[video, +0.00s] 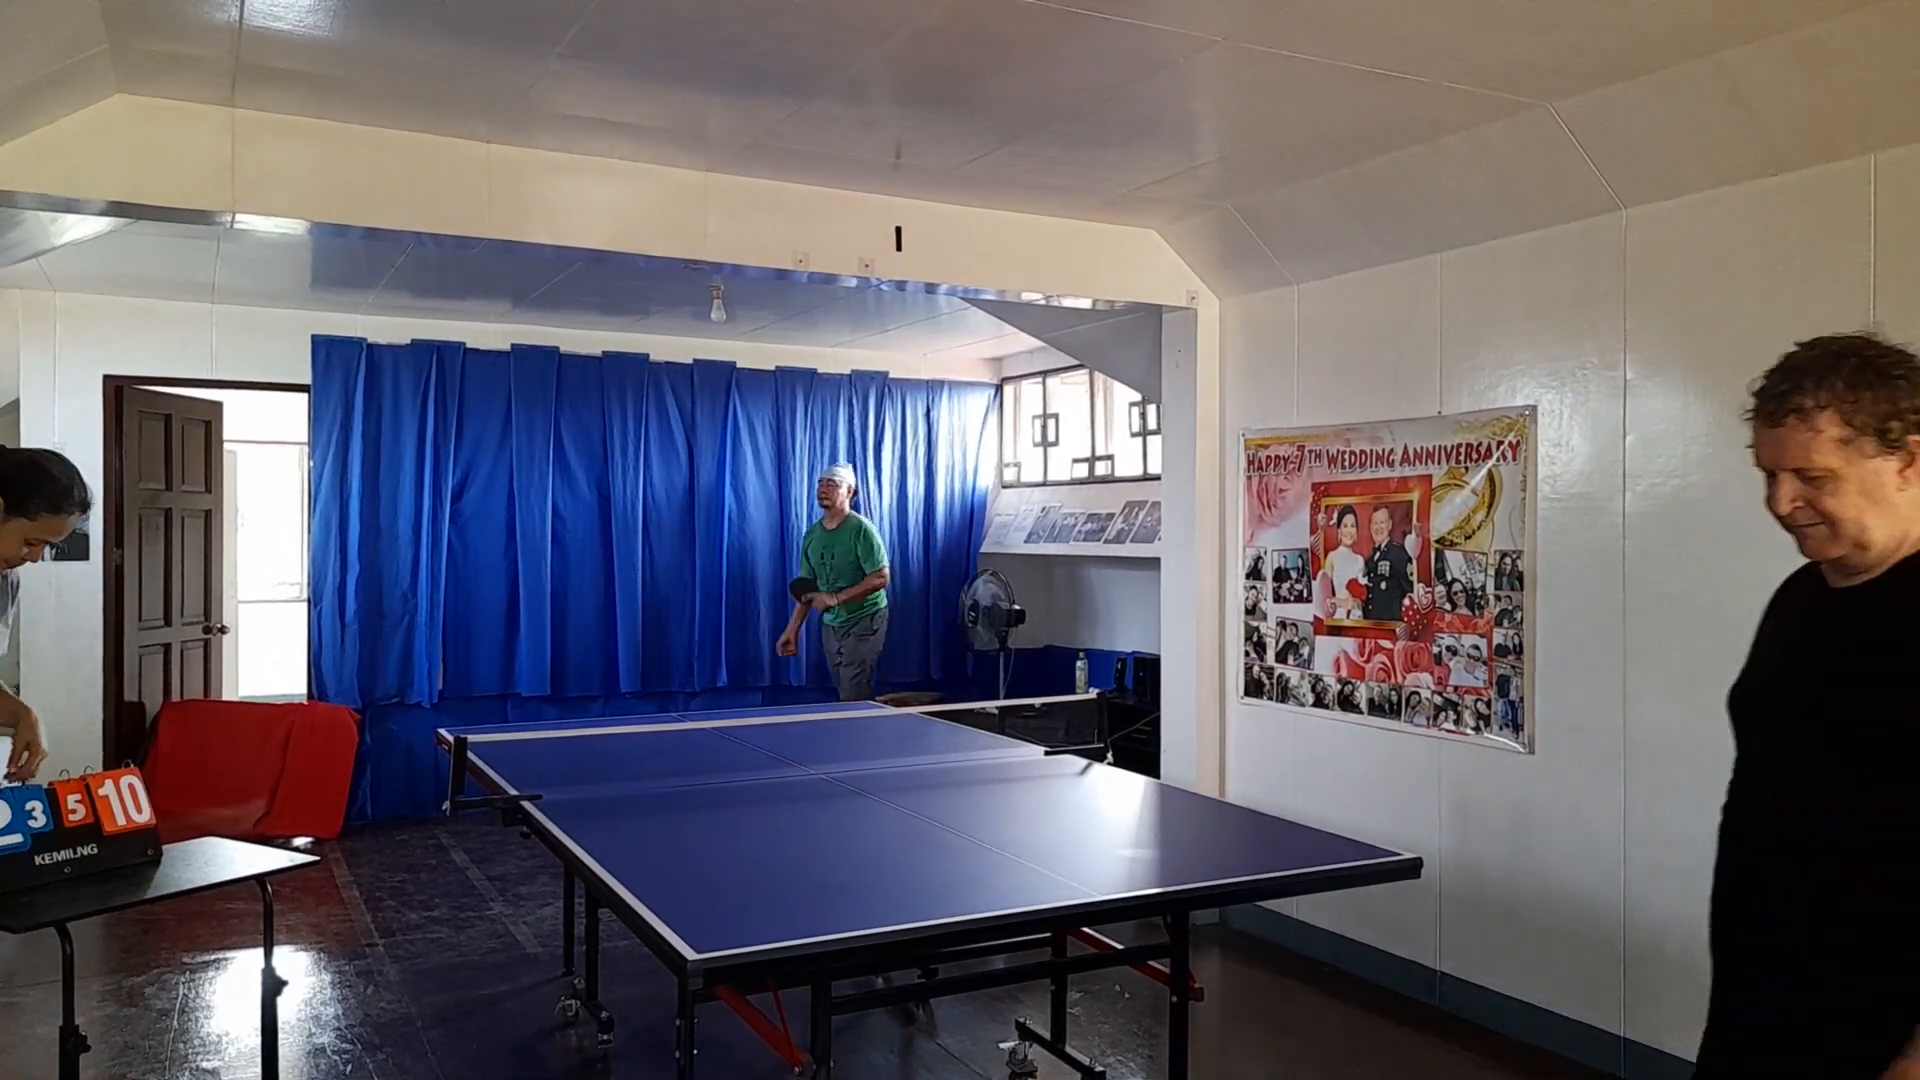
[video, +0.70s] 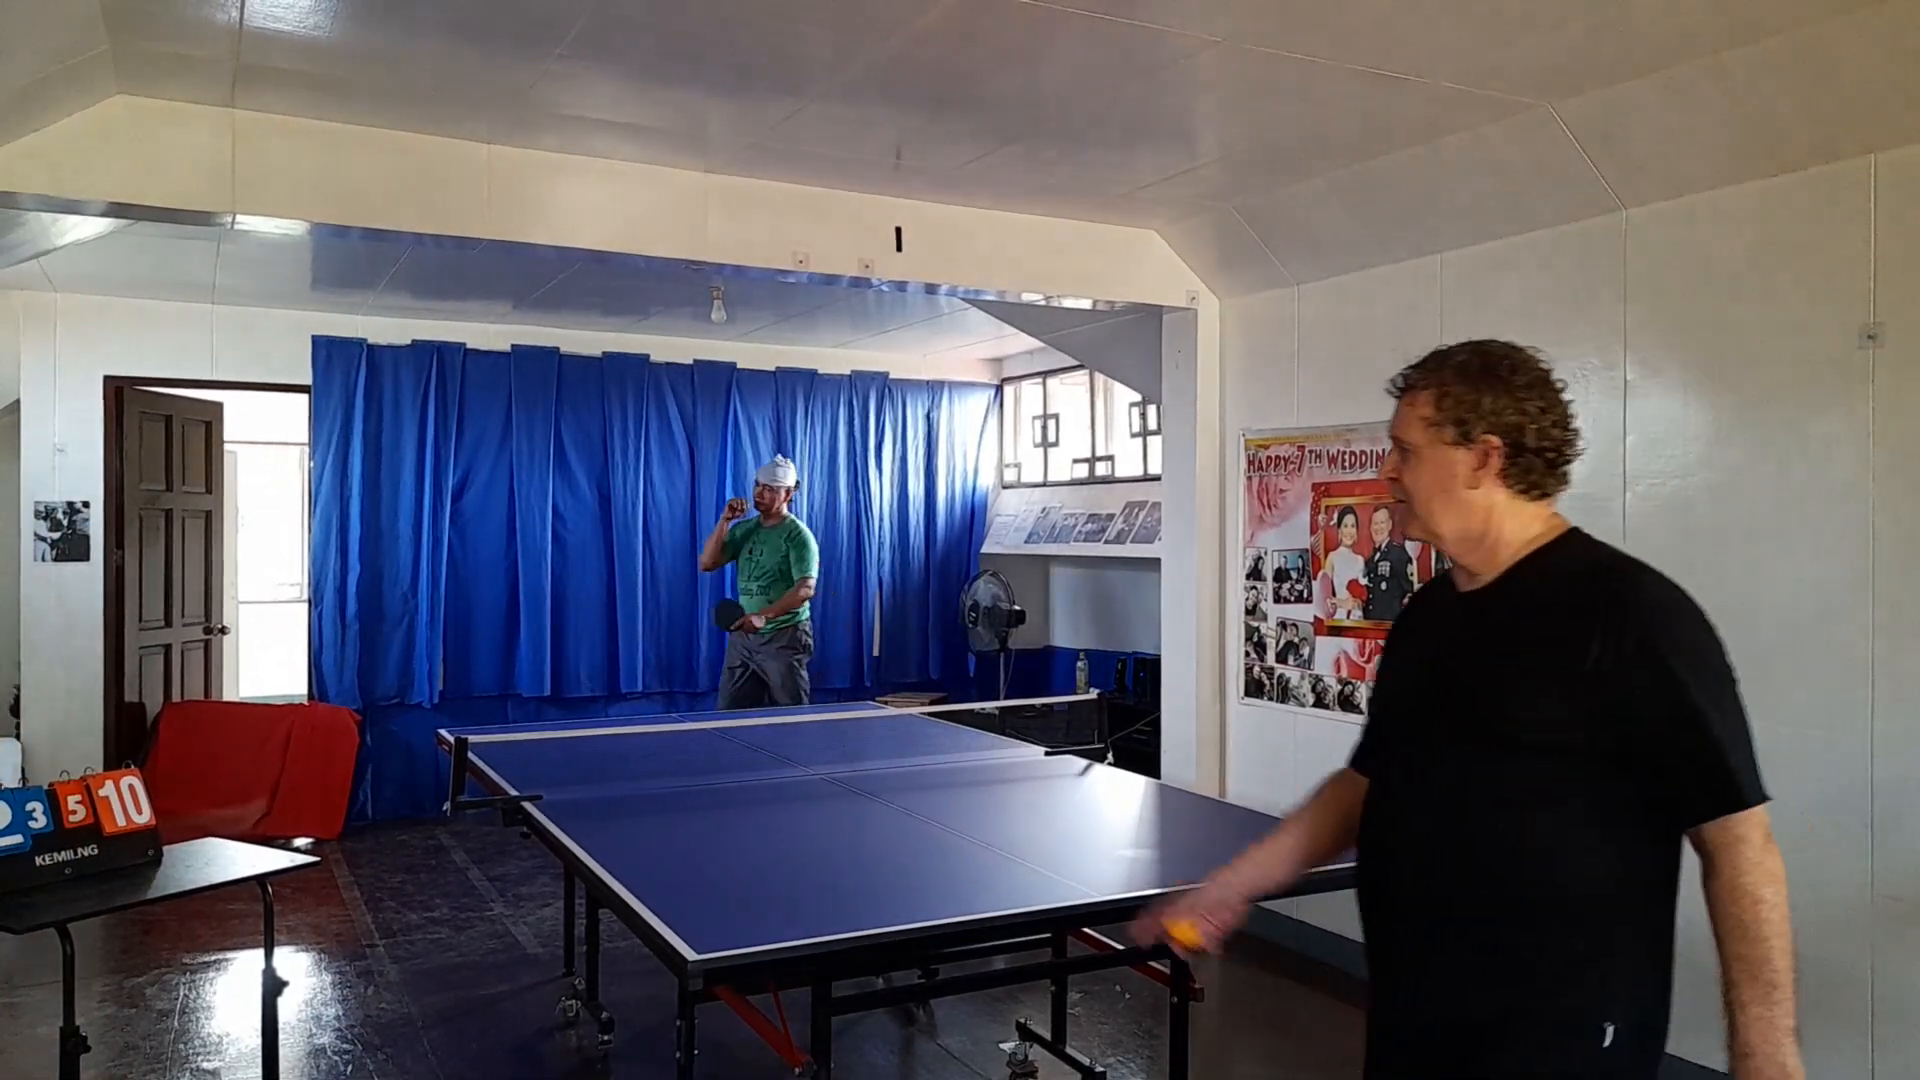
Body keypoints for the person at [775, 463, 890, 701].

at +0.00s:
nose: (823, 489)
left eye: (832, 484)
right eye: (821, 484)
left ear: (849, 492)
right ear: (816, 489)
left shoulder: (862, 530)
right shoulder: (812, 535)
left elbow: (881, 577)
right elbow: (807, 590)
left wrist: (835, 599)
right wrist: (792, 630)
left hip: (864, 620)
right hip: (831, 623)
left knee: (852, 696)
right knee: (847, 695)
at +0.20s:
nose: (806, 493)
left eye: (815, 489)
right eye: (804, 487)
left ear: (831, 498)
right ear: (799, 492)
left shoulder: (844, 538)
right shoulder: (795, 539)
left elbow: (870, 589)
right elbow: (790, 589)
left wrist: (855, 635)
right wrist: (764, 618)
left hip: (836, 636)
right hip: (811, 636)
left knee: (816, 711)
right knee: (845, 711)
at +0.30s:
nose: (797, 494)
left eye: (807, 490)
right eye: (796, 488)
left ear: (824, 500)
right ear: (792, 492)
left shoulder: (835, 540)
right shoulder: (784, 539)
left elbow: (860, 589)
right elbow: (775, 589)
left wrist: (851, 638)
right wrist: (749, 601)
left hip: (823, 634)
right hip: (795, 635)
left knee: (798, 705)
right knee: (822, 707)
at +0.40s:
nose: (789, 491)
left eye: (799, 487)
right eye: (789, 485)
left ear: (816, 497)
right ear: (785, 489)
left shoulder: (826, 538)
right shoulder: (775, 535)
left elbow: (849, 588)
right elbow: (761, 584)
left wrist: (837, 634)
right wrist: (737, 577)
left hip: (811, 631)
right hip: (780, 631)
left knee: (787, 706)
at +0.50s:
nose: (780, 488)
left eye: (790, 485)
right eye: (779, 481)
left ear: (807, 494)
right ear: (775, 483)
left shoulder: (818, 534)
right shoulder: (765, 530)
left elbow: (836, 586)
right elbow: (742, 578)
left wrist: (814, 628)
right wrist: (730, 550)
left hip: (800, 633)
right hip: (765, 633)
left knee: (785, 706)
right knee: (754, 703)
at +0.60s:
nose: (770, 488)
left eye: (780, 485)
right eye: (769, 482)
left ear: (798, 492)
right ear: (765, 484)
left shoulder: (809, 532)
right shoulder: (753, 527)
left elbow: (821, 585)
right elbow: (723, 568)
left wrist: (789, 620)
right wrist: (727, 531)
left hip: (793, 635)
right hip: (755, 630)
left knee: (793, 714)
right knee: (738, 702)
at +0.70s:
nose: (761, 494)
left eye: (770, 489)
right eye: (758, 486)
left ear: (787, 495)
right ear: (753, 488)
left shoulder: (798, 535)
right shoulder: (744, 530)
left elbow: (805, 589)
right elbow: (707, 564)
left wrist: (763, 616)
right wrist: (725, 521)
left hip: (783, 638)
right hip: (743, 637)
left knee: (794, 719)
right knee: (729, 716)